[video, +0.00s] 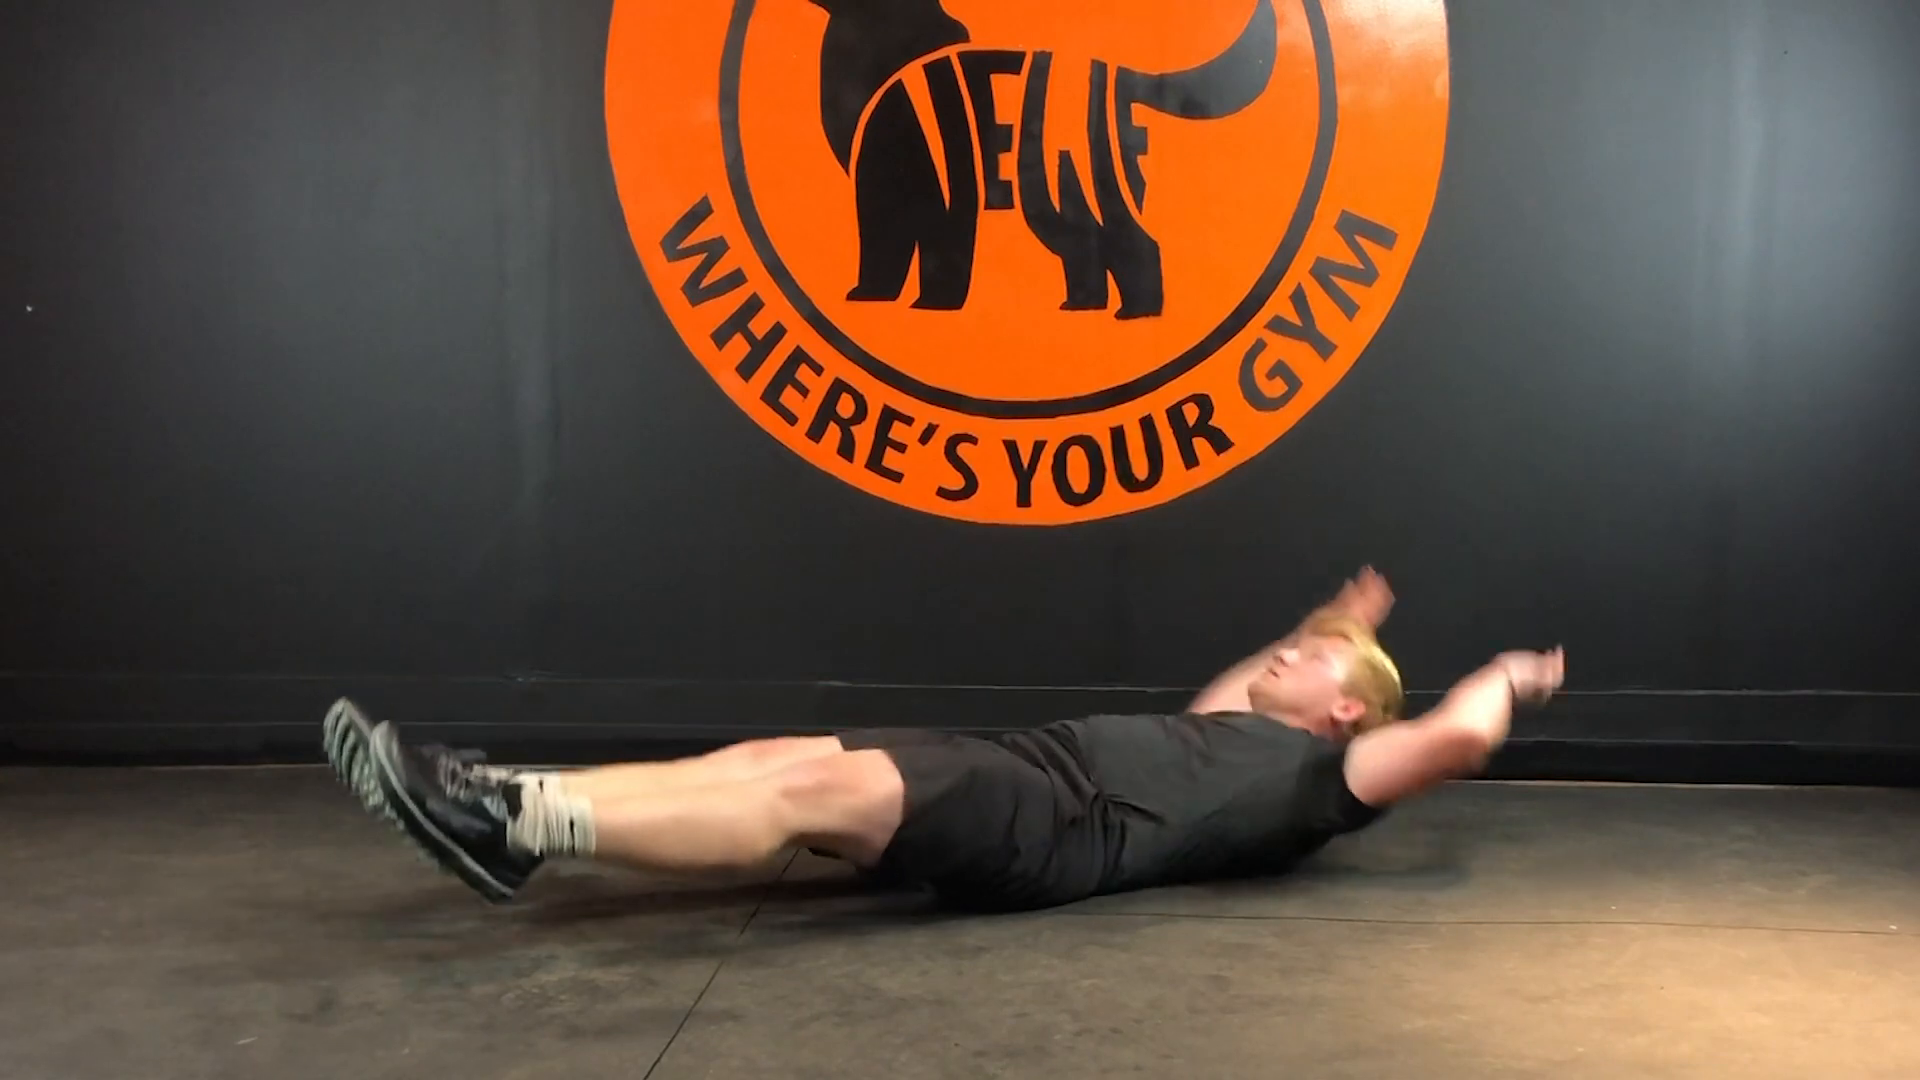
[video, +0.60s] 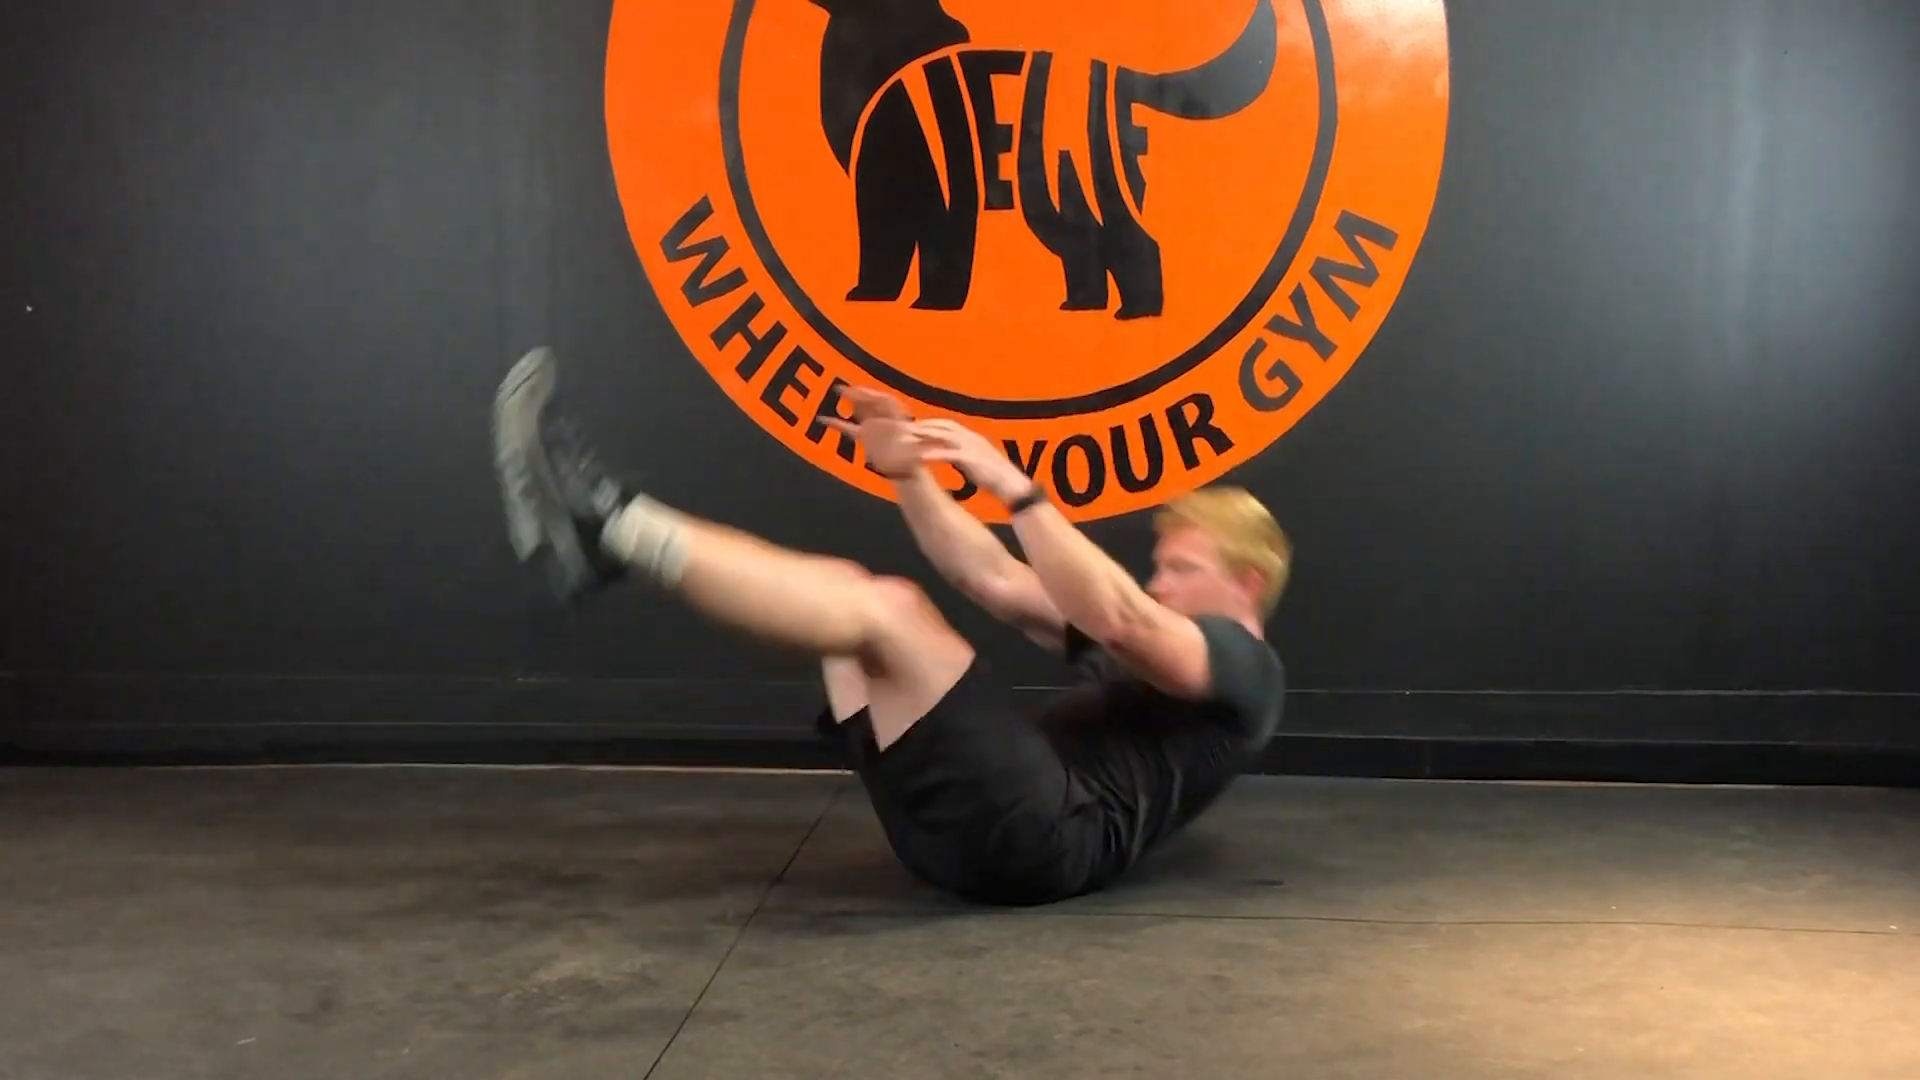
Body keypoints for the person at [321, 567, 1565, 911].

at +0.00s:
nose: (1296, 659)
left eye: (1322, 668)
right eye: (1301, 653)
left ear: (1351, 716)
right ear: (1275, 679)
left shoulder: (1314, 778)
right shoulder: (1209, 736)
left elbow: (1453, 741)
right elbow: (1230, 686)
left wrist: (1500, 686)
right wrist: (1325, 644)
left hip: (1060, 811)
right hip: (995, 768)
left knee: (828, 784)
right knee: (773, 768)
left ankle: (512, 816)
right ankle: (512, 824)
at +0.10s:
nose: (1304, 679)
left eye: (1333, 685)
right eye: (1312, 669)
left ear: (1368, 731)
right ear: (1301, 694)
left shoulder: (1336, 790)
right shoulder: (1227, 742)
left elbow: (1491, 798)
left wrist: (1500, 766)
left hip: (1058, 805)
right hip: (985, 757)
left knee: (825, 790)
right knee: (762, 770)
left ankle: (514, 832)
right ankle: (507, 852)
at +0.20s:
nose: (1310, 687)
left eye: (1338, 692)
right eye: (1317, 677)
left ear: (1372, 739)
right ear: (1306, 697)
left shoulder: (1332, 793)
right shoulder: (1229, 742)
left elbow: (1477, 796)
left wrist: (1486, 768)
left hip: (1055, 804)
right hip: (986, 757)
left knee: (821, 794)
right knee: (761, 772)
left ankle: (512, 832)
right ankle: (509, 852)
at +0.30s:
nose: (1327, 670)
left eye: (1353, 675)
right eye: (1328, 661)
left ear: (1374, 727)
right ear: (1298, 683)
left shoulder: (1311, 783)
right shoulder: (1225, 739)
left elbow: (1415, 703)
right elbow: (1173, 666)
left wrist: (1447, 620)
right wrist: (1279, 593)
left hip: (1064, 822)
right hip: (1018, 775)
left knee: (817, 753)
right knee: (784, 755)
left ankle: (512, 792)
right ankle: (513, 794)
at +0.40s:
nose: (1282, 647)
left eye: (1304, 649)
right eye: (1284, 636)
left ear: (1336, 690)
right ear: (1280, 660)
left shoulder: (1297, 760)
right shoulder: (1196, 716)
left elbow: (1261, 639)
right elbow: (1102, 616)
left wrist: (1261, 488)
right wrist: (1118, 486)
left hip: (1053, 827)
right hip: (1002, 792)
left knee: (819, 702)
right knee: (785, 687)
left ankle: (522, 701)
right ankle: (536, 720)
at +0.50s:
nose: (1217, 605)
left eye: (1245, 598)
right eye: (1221, 591)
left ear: (1301, 637)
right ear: (1224, 603)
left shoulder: (1277, 708)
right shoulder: (1172, 663)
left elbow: (1162, 636)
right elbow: (1038, 599)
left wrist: (1089, 489)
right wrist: (981, 484)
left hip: (1053, 833)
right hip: (993, 805)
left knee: (847, 653)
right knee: (815, 631)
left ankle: (571, 615)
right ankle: (553, 612)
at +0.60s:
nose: (1153, 585)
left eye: (1180, 568)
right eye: (1156, 564)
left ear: (1245, 587)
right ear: (1183, 574)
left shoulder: (1246, 672)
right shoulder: (1143, 637)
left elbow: (1122, 619)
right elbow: (1000, 580)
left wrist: (1019, 493)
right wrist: (909, 473)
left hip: (1041, 835)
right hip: (978, 827)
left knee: (888, 610)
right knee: (853, 601)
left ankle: (616, 523)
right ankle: (592, 530)